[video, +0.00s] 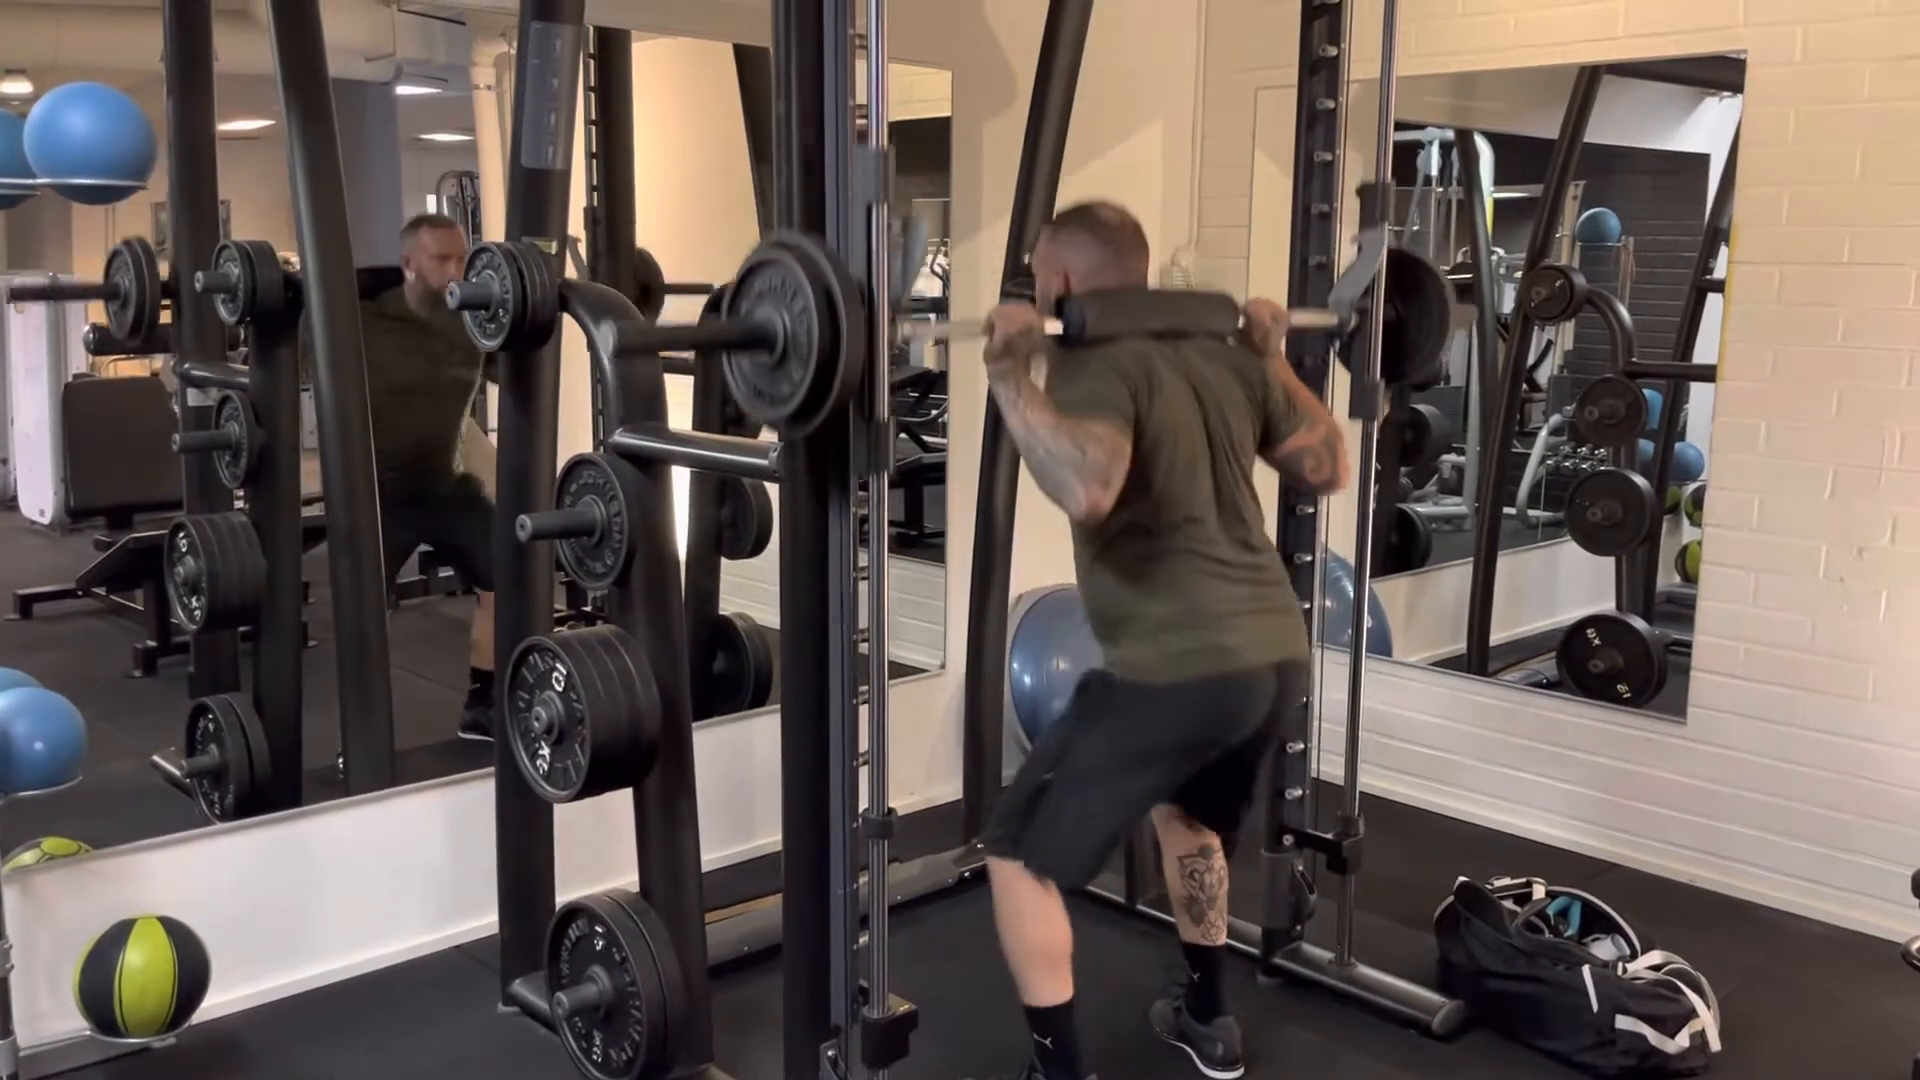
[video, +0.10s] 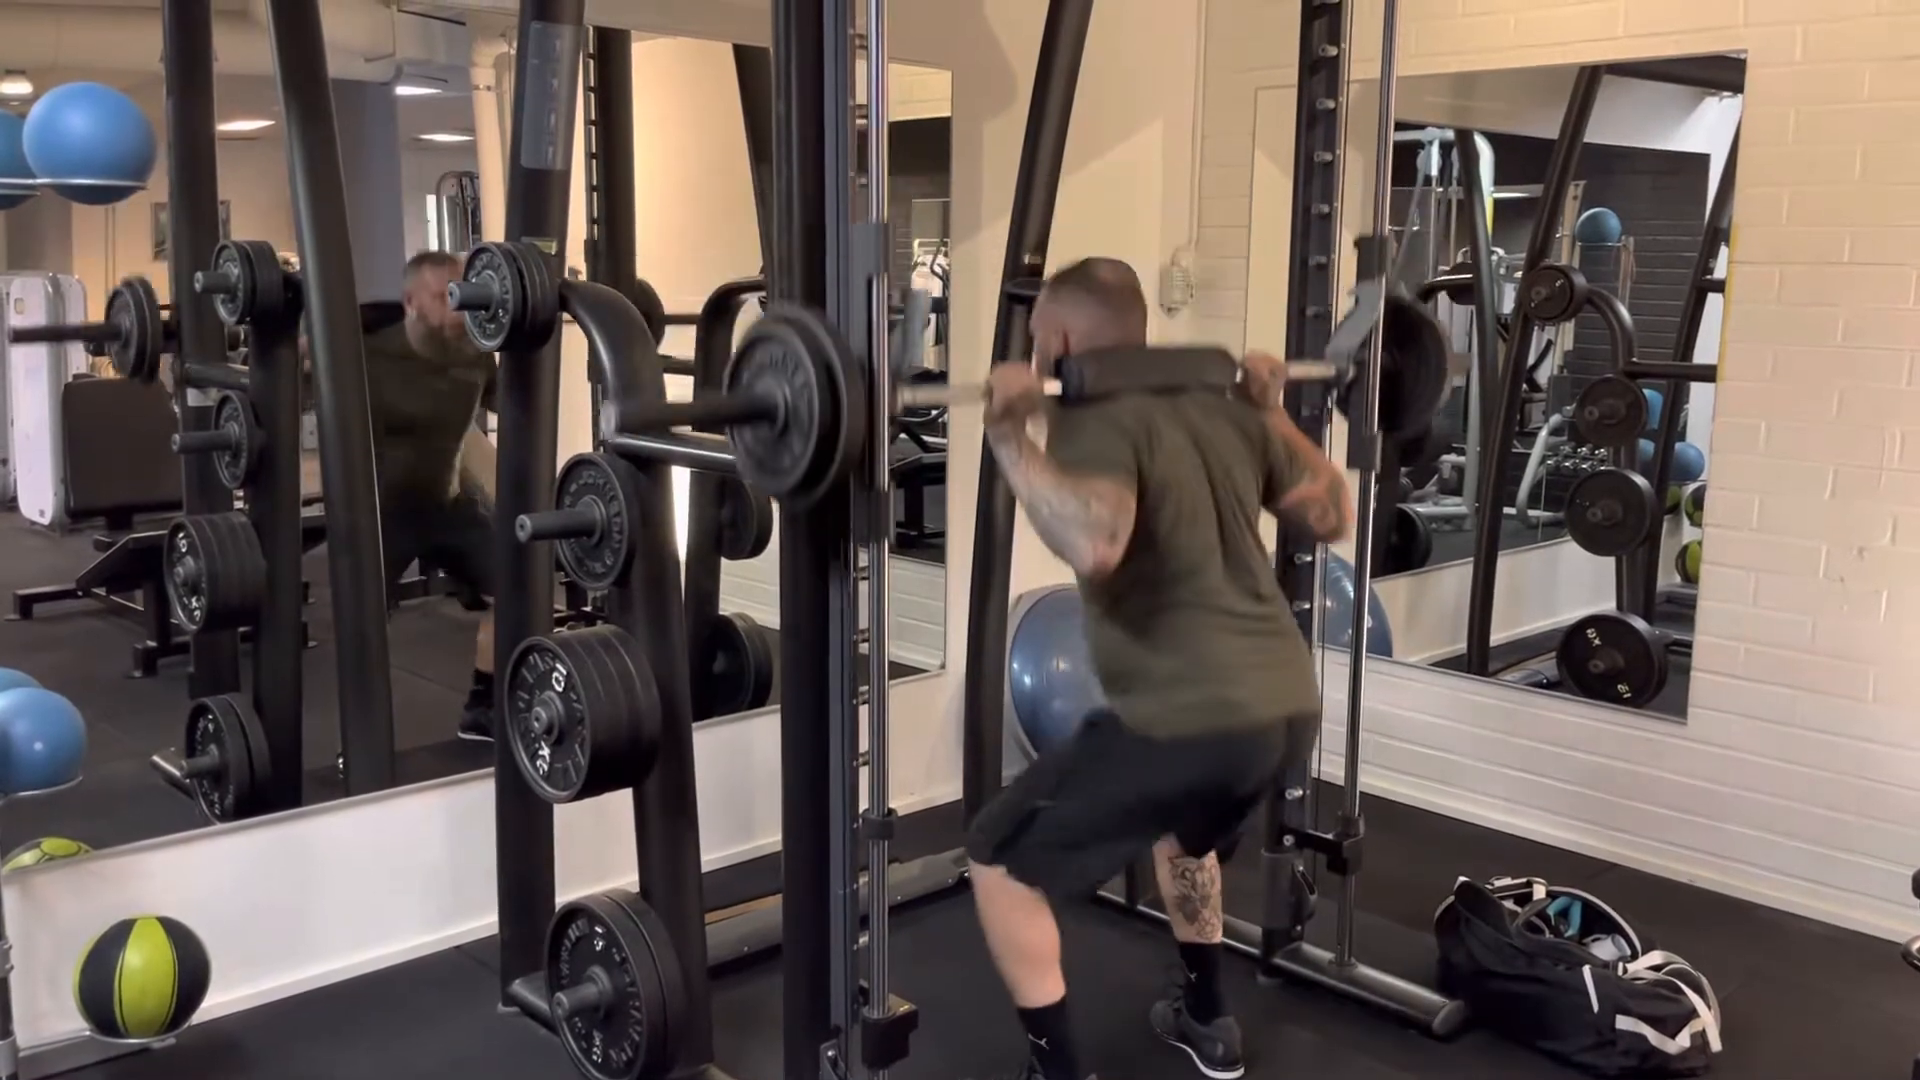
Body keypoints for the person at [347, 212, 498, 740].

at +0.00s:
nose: (456, 270)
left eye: (462, 259)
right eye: (442, 260)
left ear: (469, 261)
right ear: (410, 265)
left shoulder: (471, 326)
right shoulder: (365, 322)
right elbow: (297, 362)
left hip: (445, 488)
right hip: (377, 491)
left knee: (505, 563)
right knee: (357, 604)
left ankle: (484, 700)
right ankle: (360, 725)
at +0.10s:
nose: (460, 308)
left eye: (462, 296)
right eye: (447, 297)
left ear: (467, 295)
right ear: (413, 300)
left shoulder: (477, 360)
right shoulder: (368, 350)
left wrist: (515, 490)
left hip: (445, 509)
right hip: (378, 512)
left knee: (516, 570)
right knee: (363, 620)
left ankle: (485, 702)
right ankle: (359, 737)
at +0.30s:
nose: (458, 383)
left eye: (465, 369)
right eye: (444, 369)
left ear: (473, 369)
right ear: (410, 372)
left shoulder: (478, 420)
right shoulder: (368, 417)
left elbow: (513, 465)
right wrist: (292, 424)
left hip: (439, 555)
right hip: (370, 559)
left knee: (515, 589)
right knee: (362, 637)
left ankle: (483, 707)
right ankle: (359, 742)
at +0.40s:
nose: (459, 411)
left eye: (466, 397)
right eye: (446, 398)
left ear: (474, 397)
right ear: (411, 400)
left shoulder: (480, 446)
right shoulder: (367, 445)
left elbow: (517, 492)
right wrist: (292, 451)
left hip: (441, 577)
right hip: (369, 582)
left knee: (514, 590)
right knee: (359, 626)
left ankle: (483, 707)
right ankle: (358, 741)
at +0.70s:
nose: (458, 465)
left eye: (466, 450)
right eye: (443, 452)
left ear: (474, 448)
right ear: (411, 451)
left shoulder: (479, 494)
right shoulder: (368, 506)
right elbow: (292, 549)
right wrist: (291, 509)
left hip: (444, 611)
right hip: (379, 620)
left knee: (517, 597)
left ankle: (481, 708)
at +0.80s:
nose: (458, 461)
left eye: (465, 446)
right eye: (443, 448)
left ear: (473, 444)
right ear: (410, 448)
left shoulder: (479, 492)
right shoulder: (367, 503)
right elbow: (290, 549)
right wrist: (291, 507)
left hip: (443, 610)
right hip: (378, 618)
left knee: (516, 595)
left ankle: (481, 707)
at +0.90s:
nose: (456, 444)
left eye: (464, 430)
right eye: (442, 432)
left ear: (472, 428)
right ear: (410, 433)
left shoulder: (477, 480)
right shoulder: (365, 488)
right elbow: (286, 544)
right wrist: (291, 489)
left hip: (436, 601)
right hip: (370, 607)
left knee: (513, 593)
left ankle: (481, 708)